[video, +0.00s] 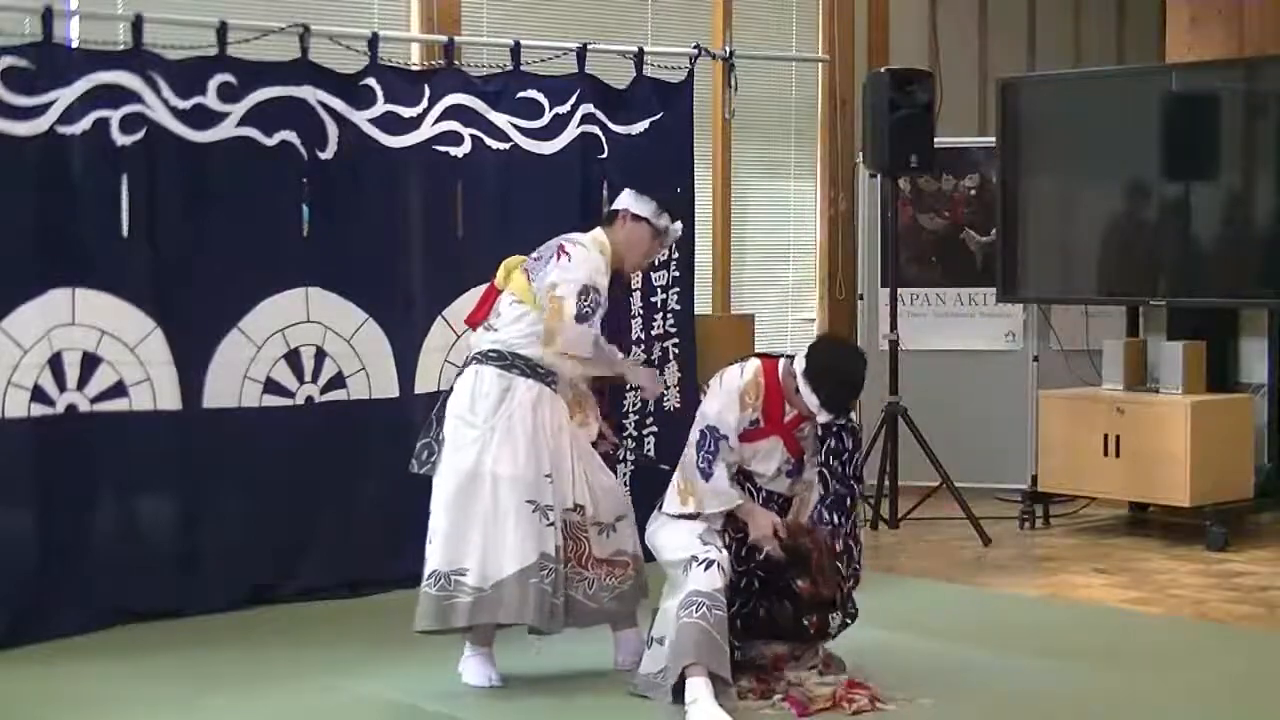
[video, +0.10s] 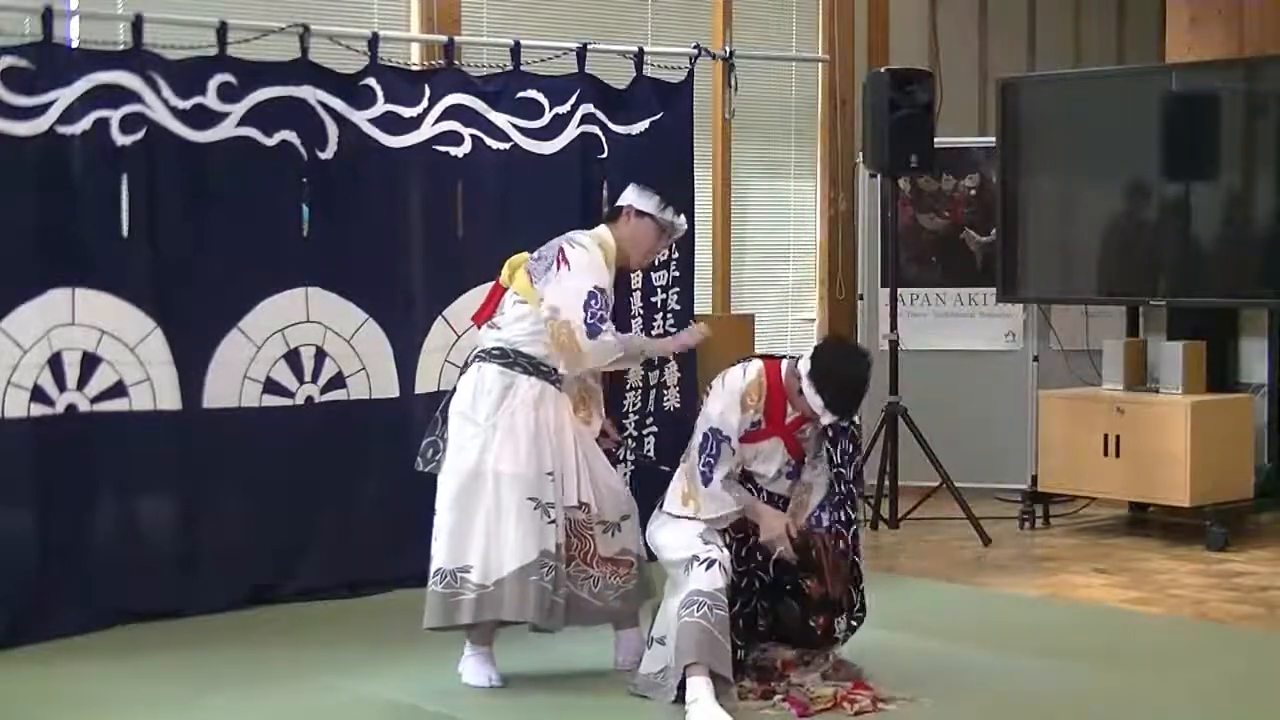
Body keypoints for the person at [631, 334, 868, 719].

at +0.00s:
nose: (818, 417)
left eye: (829, 412)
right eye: (814, 406)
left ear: (844, 395)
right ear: (798, 376)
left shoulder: (825, 414)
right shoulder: (739, 384)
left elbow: (810, 481)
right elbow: (703, 463)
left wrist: (795, 531)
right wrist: (748, 511)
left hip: (758, 522)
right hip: (693, 514)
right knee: (708, 564)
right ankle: (698, 690)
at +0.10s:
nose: (821, 419)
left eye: (831, 415)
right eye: (818, 407)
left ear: (843, 403)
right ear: (801, 377)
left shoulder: (824, 416)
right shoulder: (741, 385)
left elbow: (815, 479)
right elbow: (709, 474)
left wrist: (792, 528)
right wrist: (761, 512)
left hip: (752, 522)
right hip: (692, 514)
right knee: (710, 561)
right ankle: (699, 690)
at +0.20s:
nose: (822, 415)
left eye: (832, 411)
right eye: (818, 403)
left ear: (844, 402)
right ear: (804, 373)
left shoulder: (825, 414)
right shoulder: (744, 382)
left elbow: (810, 481)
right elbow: (713, 480)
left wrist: (792, 535)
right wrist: (756, 523)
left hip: (756, 521)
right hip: (691, 513)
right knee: (710, 559)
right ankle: (698, 689)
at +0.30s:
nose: (820, 403)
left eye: (831, 400)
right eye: (816, 392)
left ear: (845, 393)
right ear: (801, 364)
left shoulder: (834, 411)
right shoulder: (745, 382)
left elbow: (825, 478)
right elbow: (713, 469)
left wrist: (805, 541)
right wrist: (737, 535)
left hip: (768, 525)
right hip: (693, 511)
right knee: (711, 559)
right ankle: (698, 689)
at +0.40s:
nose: (820, 392)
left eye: (830, 386)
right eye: (816, 380)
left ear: (846, 379)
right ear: (798, 352)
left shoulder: (839, 398)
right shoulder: (743, 378)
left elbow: (832, 472)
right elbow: (708, 463)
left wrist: (809, 544)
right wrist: (732, 529)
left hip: (779, 524)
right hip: (704, 510)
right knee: (711, 560)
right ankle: (698, 687)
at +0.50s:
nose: (815, 371)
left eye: (824, 364)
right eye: (809, 360)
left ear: (837, 354)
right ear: (788, 337)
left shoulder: (831, 386)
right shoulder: (737, 370)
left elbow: (833, 459)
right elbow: (711, 456)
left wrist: (808, 521)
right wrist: (751, 504)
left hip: (781, 516)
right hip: (709, 508)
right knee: (712, 565)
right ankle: (699, 688)